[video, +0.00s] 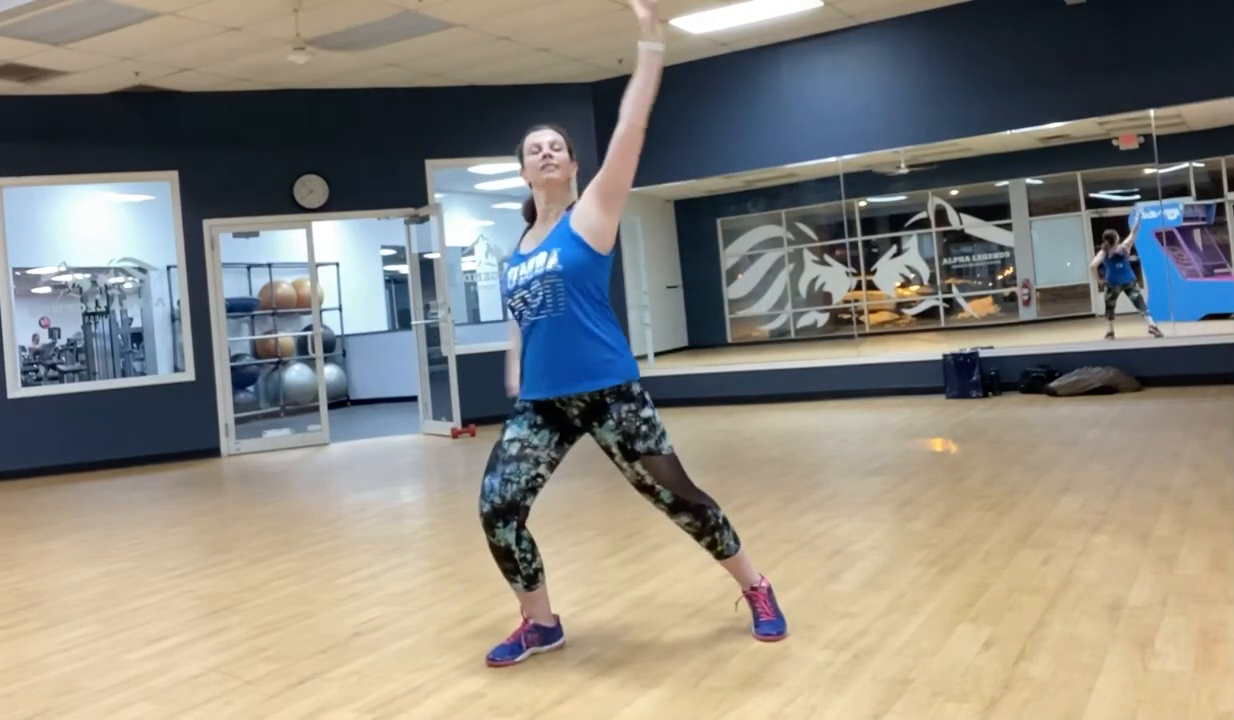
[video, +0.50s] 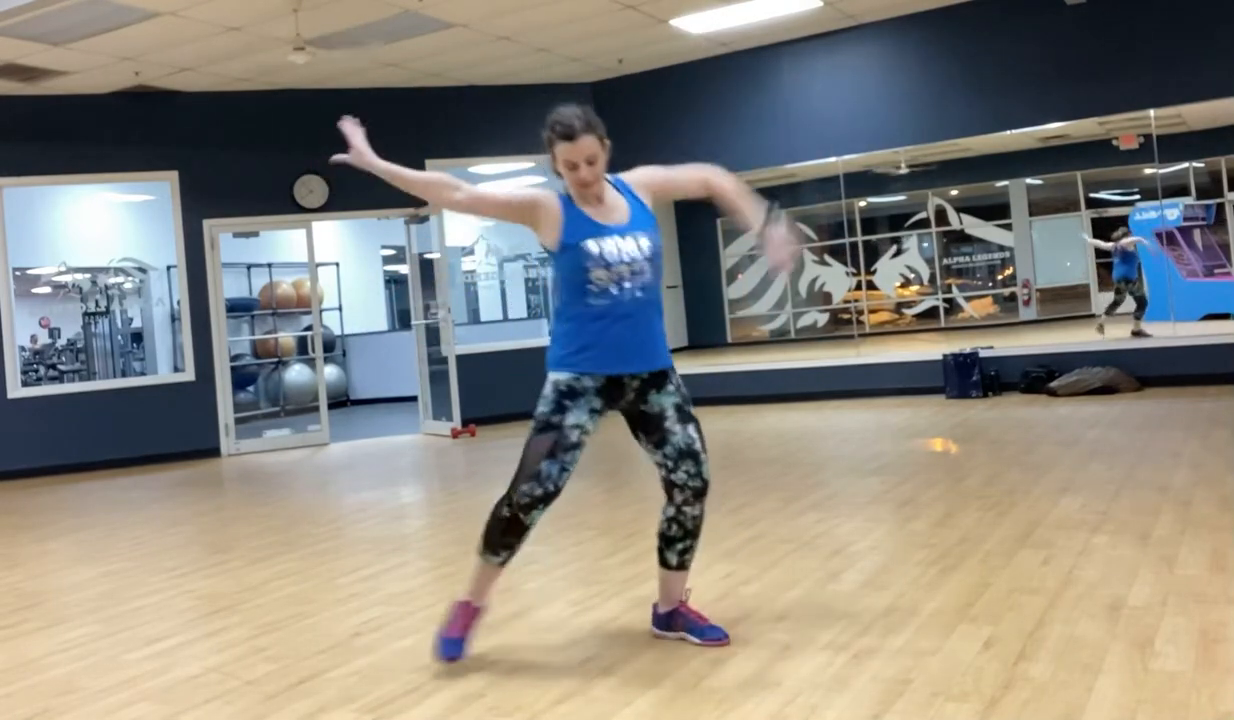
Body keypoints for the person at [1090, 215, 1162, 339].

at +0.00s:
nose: (1118, 239)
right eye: (1117, 237)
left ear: (1105, 241)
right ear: (1117, 239)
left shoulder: (1104, 252)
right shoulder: (1124, 247)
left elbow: (1093, 265)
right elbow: (1133, 234)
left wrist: (1098, 280)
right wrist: (1138, 221)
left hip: (1113, 281)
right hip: (1128, 279)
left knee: (1110, 306)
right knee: (1139, 301)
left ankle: (1111, 330)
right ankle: (1151, 324)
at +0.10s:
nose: (1120, 239)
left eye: (1119, 237)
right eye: (1119, 237)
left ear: (1107, 239)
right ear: (1117, 239)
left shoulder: (1102, 252)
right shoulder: (1123, 246)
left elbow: (1086, 262)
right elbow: (1136, 233)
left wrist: (1087, 274)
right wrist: (1143, 221)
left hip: (1112, 281)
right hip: (1128, 279)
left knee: (1111, 306)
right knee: (1139, 301)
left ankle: (1111, 330)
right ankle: (1150, 325)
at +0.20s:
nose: (1121, 236)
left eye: (1120, 234)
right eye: (1119, 235)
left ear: (1107, 237)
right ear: (1117, 236)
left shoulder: (1102, 249)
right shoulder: (1122, 245)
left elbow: (1085, 257)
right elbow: (1136, 233)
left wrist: (1084, 267)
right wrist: (1145, 220)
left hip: (1111, 279)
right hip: (1127, 277)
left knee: (1111, 305)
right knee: (1139, 299)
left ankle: (1111, 330)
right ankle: (1149, 325)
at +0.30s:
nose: (1125, 235)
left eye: (1125, 233)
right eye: (1124, 233)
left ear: (1112, 234)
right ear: (1120, 233)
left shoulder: (1106, 245)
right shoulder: (1123, 241)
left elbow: (1093, 248)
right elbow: (1137, 233)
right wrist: (1148, 226)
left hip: (1113, 278)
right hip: (1126, 276)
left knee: (1113, 304)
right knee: (1141, 299)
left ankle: (1110, 329)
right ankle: (1138, 326)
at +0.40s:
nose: (1127, 235)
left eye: (1127, 233)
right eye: (1126, 233)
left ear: (1113, 234)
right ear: (1122, 234)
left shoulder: (1109, 244)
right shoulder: (1124, 240)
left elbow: (1095, 244)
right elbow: (1138, 234)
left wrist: (1080, 242)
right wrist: (1154, 231)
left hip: (1115, 277)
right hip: (1128, 275)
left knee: (1115, 301)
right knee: (1140, 300)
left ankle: (1106, 327)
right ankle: (1136, 327)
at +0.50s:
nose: (1131, 237)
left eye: (1130, 236)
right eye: (1130, 236)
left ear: (1118, 236)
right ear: (1127, 235)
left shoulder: (1114, 245)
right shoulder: (1127, 242)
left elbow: (1101, 244)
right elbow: (1137, 239)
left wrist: (1089, 240)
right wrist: (1143, 242)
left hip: (1118, 277)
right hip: (1130, 277)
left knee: (1117, 301)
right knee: (1142, 302)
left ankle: (1101, 322)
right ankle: (1137, 328)